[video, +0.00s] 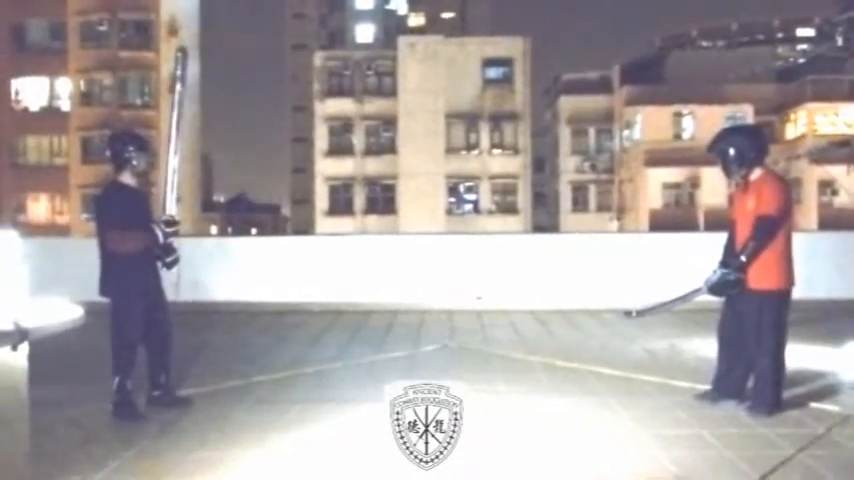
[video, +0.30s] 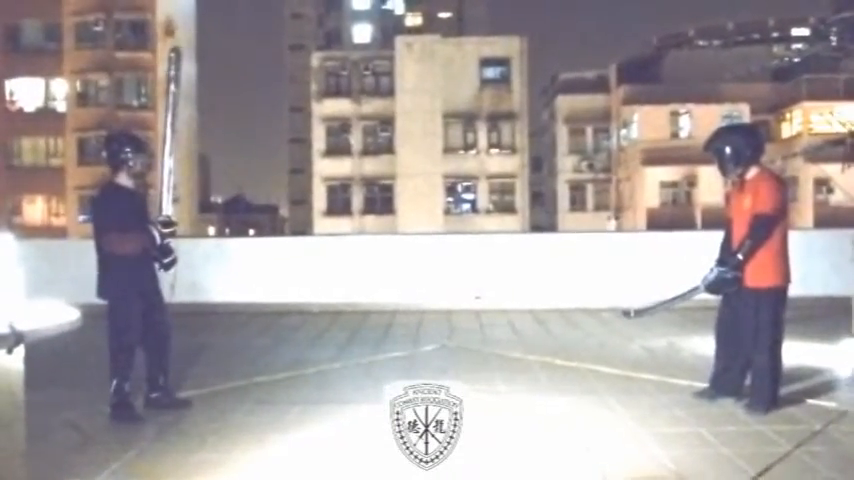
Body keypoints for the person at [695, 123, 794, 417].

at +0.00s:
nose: (724, 165)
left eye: (727, 157)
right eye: (722, 158)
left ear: (743, 155)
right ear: (739, 157)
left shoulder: (772, 185)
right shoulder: (739, 190)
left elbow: (766, 229)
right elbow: (735, 233)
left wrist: (739, 264)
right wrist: (725, 265)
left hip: (769, 280)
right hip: (743, 278)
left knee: (766, 341)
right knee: (732, 335)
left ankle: (765, 398)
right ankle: (727, 387)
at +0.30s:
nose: (720, 164)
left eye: (723, 156)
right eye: (719, 157)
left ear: (740, 153)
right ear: (735, 155)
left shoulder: (767, 183)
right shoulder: (736, 188)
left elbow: (762, 227)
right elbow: (731, 231)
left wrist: (735, 263)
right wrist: (722, 264)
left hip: (766, 277)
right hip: (740, 276)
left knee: (763, 339)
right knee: (730, 332)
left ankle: (762, 396)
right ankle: (725, 384)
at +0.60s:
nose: (715, 164)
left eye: (718, 156)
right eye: (714, 157)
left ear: (734, 153)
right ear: (733, 155)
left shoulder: (764, 183)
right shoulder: (731, 188)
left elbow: (757, 228)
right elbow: (727, 230)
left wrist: (731, 262)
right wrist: (718, 263)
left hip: (762, 277)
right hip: (736, 276)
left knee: (759, 337)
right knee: (726, 332)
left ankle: (759, 393)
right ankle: (721, 383)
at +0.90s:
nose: (712, 165)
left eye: (714, 158)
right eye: (711, 159)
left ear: (730, 155)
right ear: (728, 156)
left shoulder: (760, 185)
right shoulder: (727, 189)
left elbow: (753, 228)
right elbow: (722, 231)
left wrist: (727, 263)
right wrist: (714, 264)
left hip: (757, 278)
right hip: (731, 276)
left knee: (754, 338)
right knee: (721, 332)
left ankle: (754, 395)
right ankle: (717, 384)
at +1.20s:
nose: (703, 156)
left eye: (708, 150)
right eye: (704, 150)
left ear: (723, 152)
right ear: (720, 154)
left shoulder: (747, 187)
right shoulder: (715, 187)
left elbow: (740, 230)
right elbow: (710, 230)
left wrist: (715, 265)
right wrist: (701, 264)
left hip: (744, 278)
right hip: (719, 276)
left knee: (742, 340)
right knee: (709, 333)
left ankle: (742, 396)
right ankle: (705, 384)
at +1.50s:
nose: (707, 162)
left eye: (712, 156)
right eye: (707, 156)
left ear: (726, 158)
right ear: (717, 160)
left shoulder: (745, 193)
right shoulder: (714, 195)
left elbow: (736, 237)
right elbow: (707, 237)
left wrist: (710, 271)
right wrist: (698, 270)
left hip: (740, 284)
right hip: (715, 282)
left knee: (736, 345)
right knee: (704, 339)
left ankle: (735, 401)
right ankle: (699, 389)